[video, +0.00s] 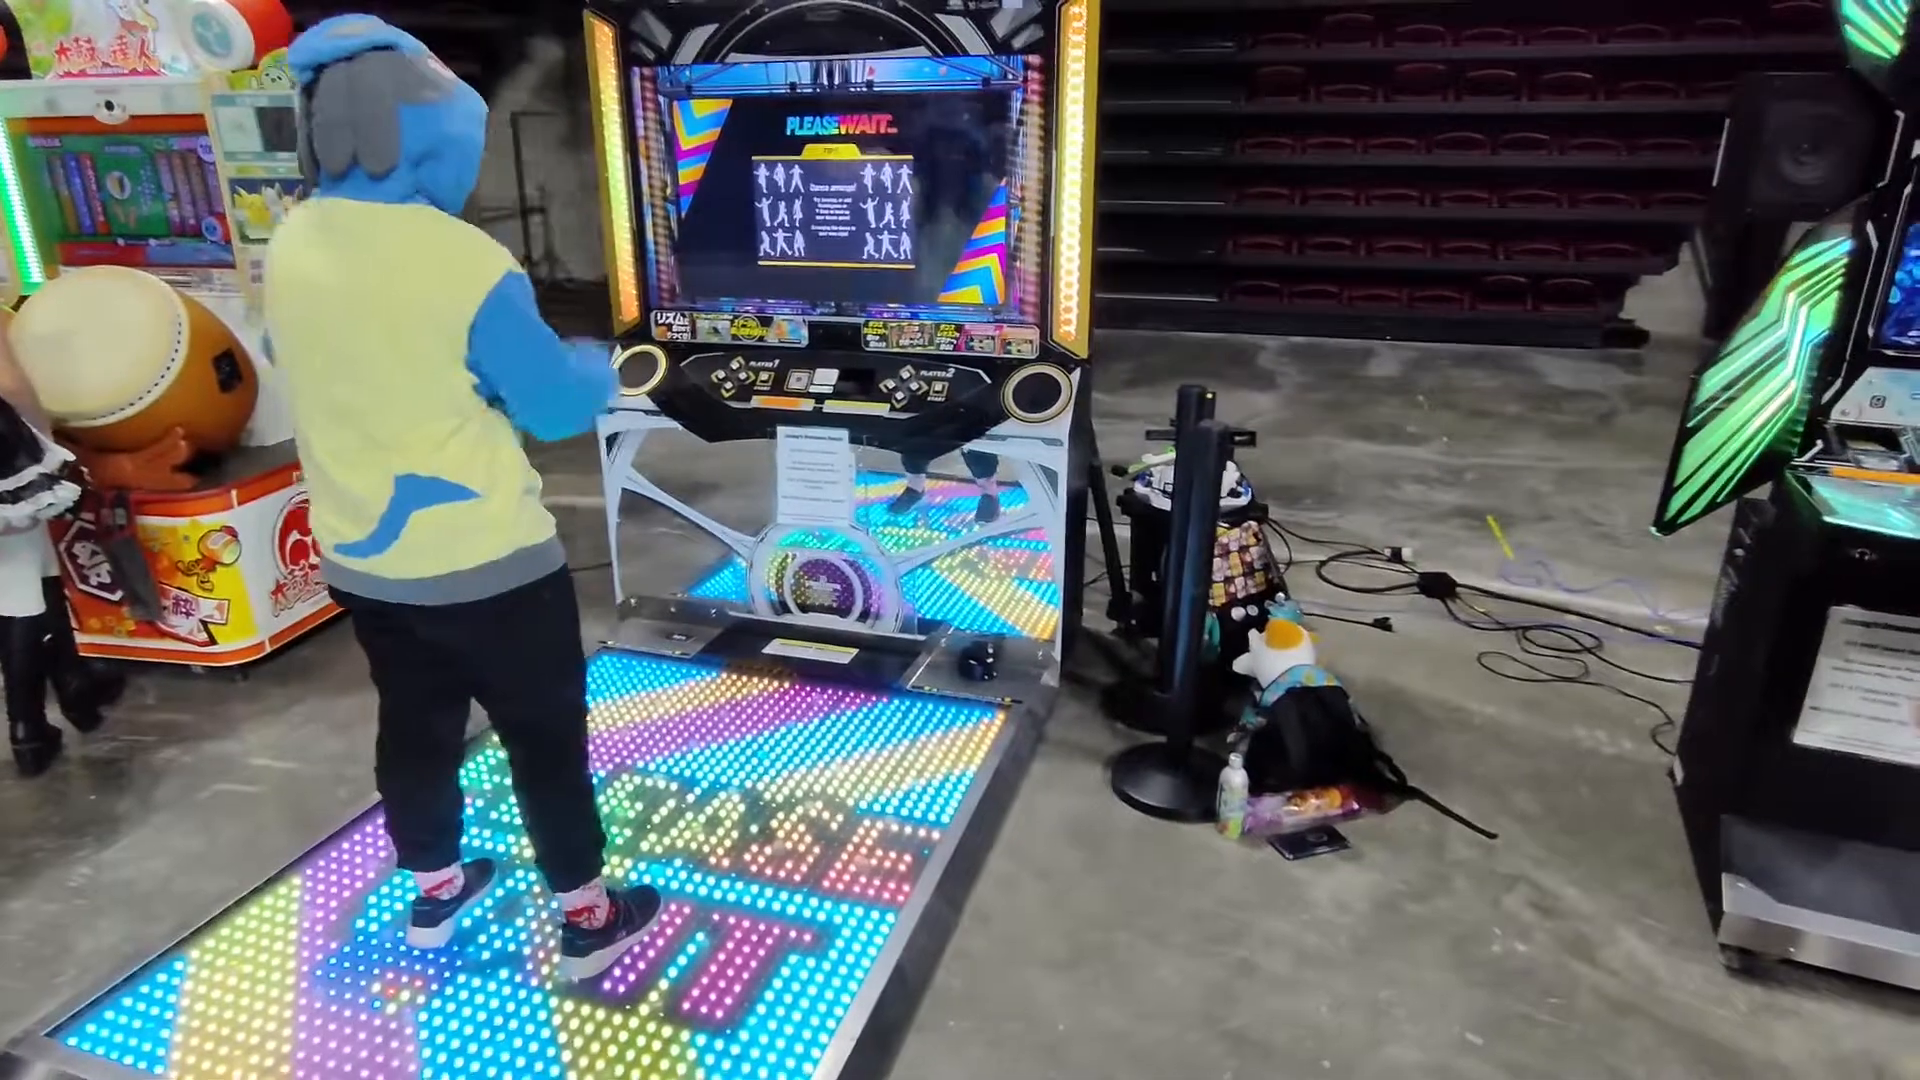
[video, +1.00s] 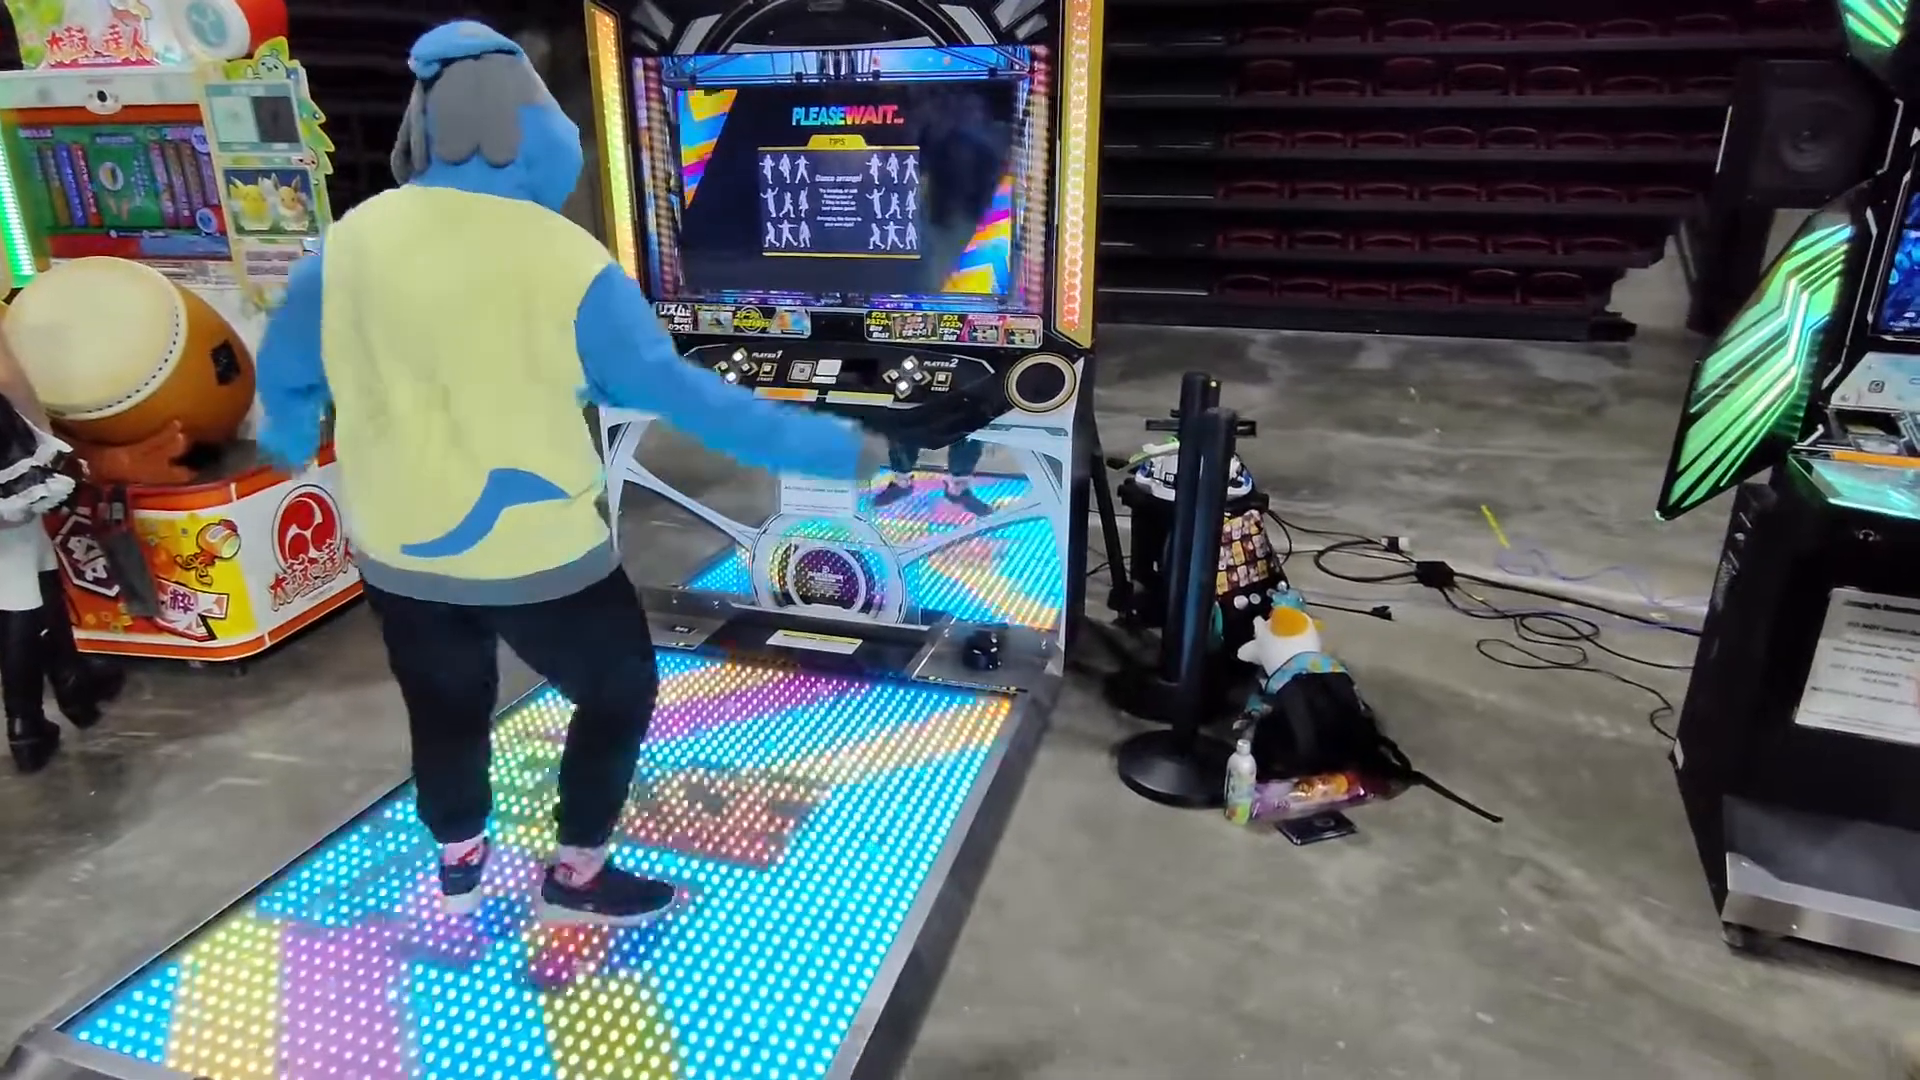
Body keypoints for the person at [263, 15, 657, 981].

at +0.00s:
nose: (465, 148)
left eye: (458, 127)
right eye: (454, 129)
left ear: (335, 138)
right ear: (422, 137)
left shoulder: (293, 246)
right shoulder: (466, 267)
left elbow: (341, 366)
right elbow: (552, 399)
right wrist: (604, 372)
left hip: (363, 568)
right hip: (490, 568)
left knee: (415, 719)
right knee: (546, 734)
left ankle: (432, 881)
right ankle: (583, 911)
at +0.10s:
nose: (486, 143)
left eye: (478, 122)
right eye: (473, 123)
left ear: (358, 134)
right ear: (440, 132)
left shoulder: (319, 242)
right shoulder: (486, 267)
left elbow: (338, 378)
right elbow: (569, 412)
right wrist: (623, 502)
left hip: (382, 567)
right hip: (508, 568)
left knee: (427, 720)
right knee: (554, 738)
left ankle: (437, 880)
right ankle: (587, 913)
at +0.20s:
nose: (516, 143)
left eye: (508, 122)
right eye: (503, 124)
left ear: (388, 136)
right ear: (470, 132)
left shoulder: (349, 238)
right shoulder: (512, 270)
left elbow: (357, 393)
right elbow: (585, 450)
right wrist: (637, 577)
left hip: (402, 569)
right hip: (525, 571)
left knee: (441, 714)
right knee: (563, 740)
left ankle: (440, 876)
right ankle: (589, 908)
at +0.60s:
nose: (559, 128)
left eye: (554, 109)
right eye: (544, 109)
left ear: (439, 125)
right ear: (500, 116)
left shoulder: (393, 241)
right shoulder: (548, 236)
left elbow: (416, 382)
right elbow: (670, 362)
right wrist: (737, 479)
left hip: (448, 558)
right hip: (564, 554)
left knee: (506, 692)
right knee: (600, 722)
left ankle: (474, 853)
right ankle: (605, 904)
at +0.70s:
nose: (559, 145)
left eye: (557, 127)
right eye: (547, 126)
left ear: (438, 131)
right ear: (503, 122)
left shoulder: (388, 238)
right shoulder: (551, 237)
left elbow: (395, 384)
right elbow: (693, 342)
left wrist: (564, 395)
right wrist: (812, 421)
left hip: (436, 554)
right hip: (555, 556)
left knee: (496, 686)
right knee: (604, 715)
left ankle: (472, 851)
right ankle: (603, 897)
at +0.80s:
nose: (556, 133)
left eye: (551, 115)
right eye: (544, 115)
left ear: (433, 126)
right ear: (506, 118)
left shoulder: (369, 244)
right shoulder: (552, 237)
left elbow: (344, 401)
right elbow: (702, 340)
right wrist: (880, 396)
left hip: (413, 554)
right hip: (545, 553)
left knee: (472, 683)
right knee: (614, 693)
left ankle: (468, 847)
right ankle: (591, 880)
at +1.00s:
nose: (558, 140)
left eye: (545, 120)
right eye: (544, 121)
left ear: (429, 134)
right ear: (522, 130)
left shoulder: (348, 242)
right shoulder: (564, 261)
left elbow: (285, 363)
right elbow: (670, 391)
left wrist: (291, 435)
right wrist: (835, 445)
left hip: (398, 559)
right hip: (541, 561)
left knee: (445, 709)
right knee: (617, 687)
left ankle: (459, 864)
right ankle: (579, 870)